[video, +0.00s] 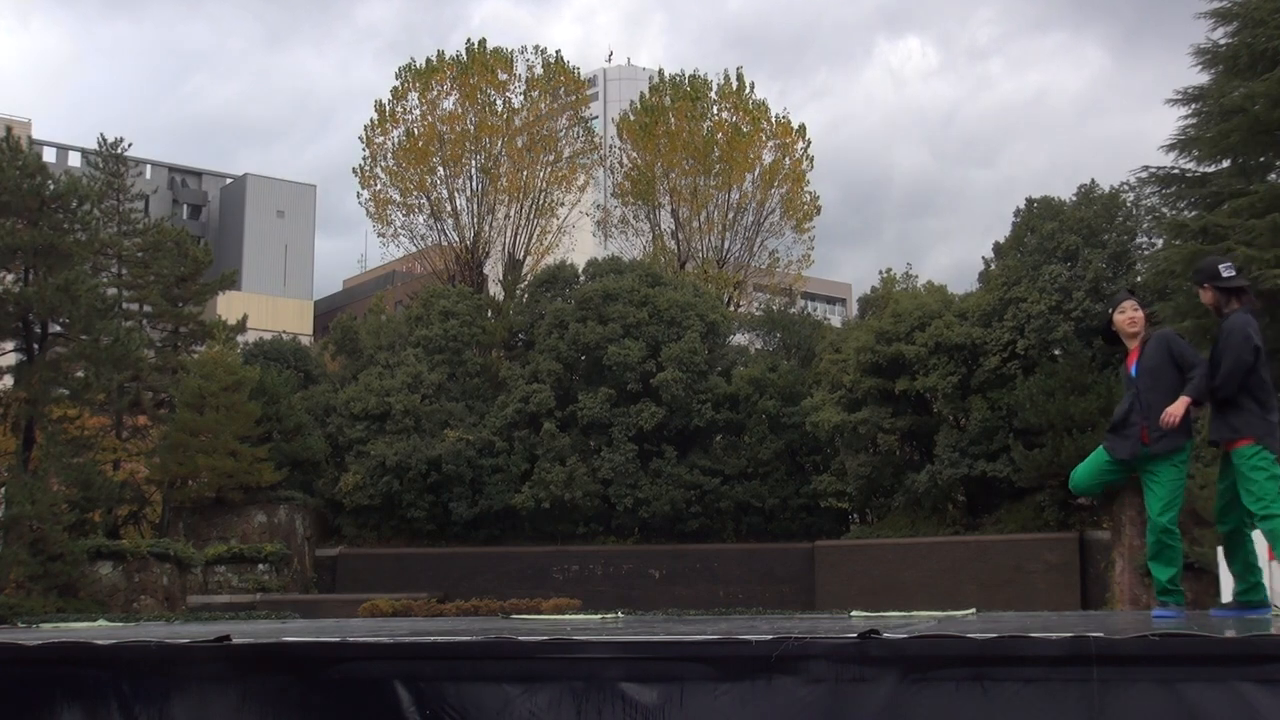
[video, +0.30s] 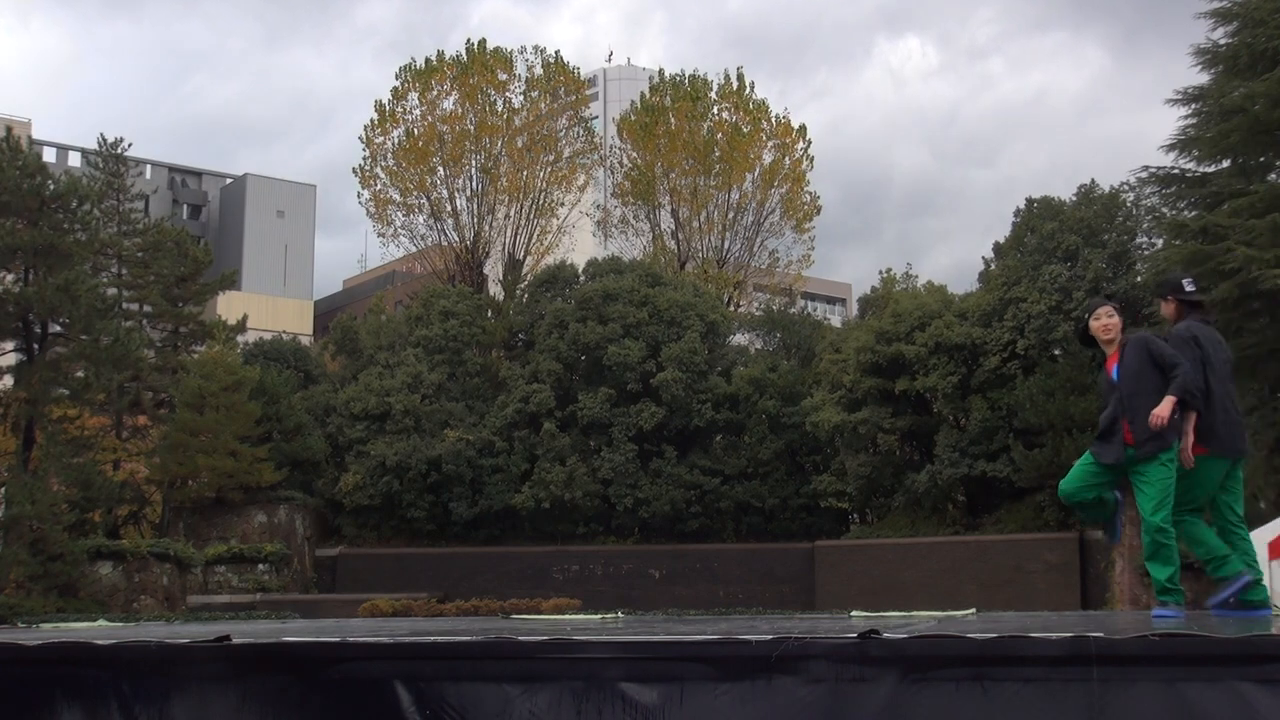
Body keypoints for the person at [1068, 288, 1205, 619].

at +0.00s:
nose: (1132, 314)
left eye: (1136, 309)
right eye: (1124, 312)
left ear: (1145, 316)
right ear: (1114, 325)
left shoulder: (1164, 339)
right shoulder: (1127, 363)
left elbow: (1201, 368)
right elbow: (1140, 398)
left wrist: (1184, 400)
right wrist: (1127, 424)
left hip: (1166, 446)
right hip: (1126, 442)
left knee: (1161, 523)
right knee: (1079, 482)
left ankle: (1169, 600)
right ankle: (1126, 473)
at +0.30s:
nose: (1106, 322)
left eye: (1110, 316)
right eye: (1098, 319)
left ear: (1121, 321)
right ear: (1090, 330)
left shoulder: (1142, 343)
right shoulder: (1106, 370)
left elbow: (1184, 369)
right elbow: (1120, 408)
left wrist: (1167, 401)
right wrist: (1109, 435)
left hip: (1154, 448)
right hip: (1113, 448)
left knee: (1156, 523)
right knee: (1070, 490)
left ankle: (1170, 599)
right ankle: (1110, 508)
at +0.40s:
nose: (1095, 324)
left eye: (1100, 317)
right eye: (1088, 321)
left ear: (1111, 323)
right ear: (1081, 332)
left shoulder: (1134, 347)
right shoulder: (1091, 375)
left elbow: (1173, 375)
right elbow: (1098, 427)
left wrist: (1152, 403)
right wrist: (1062, 441)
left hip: (1148, 451)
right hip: (1108, 456)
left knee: (1151, 525)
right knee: (1074, 504)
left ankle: (1170, 599)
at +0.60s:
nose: (1062, 338)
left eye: (1069, 331)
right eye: (1056, 333)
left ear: (1083, 334)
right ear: (1051, 342)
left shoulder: (1097, 362)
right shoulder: (1068, 380)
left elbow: (1131, 395)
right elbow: (1068, 429)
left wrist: (1120, 423)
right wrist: (1040, 435)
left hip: (1120, 460)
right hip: (1089, 468)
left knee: (1116, 526)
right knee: (1078, 532)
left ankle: (1162, 593)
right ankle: (1093, 602)